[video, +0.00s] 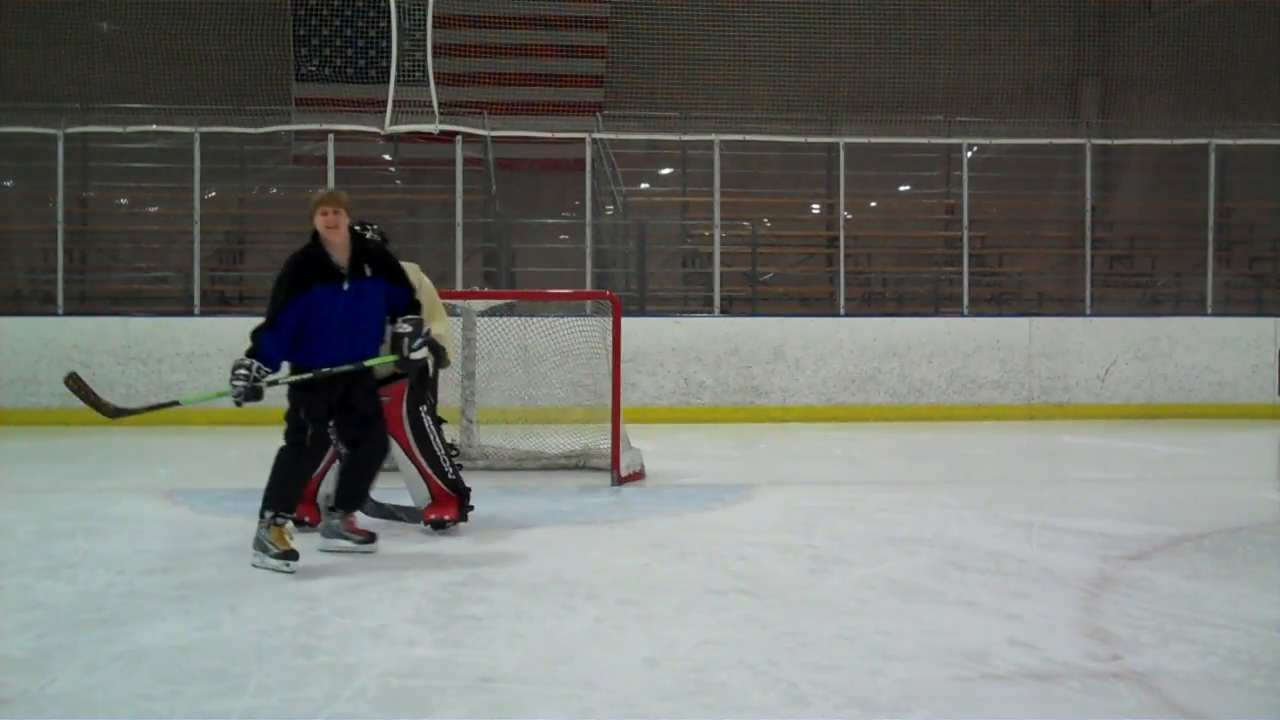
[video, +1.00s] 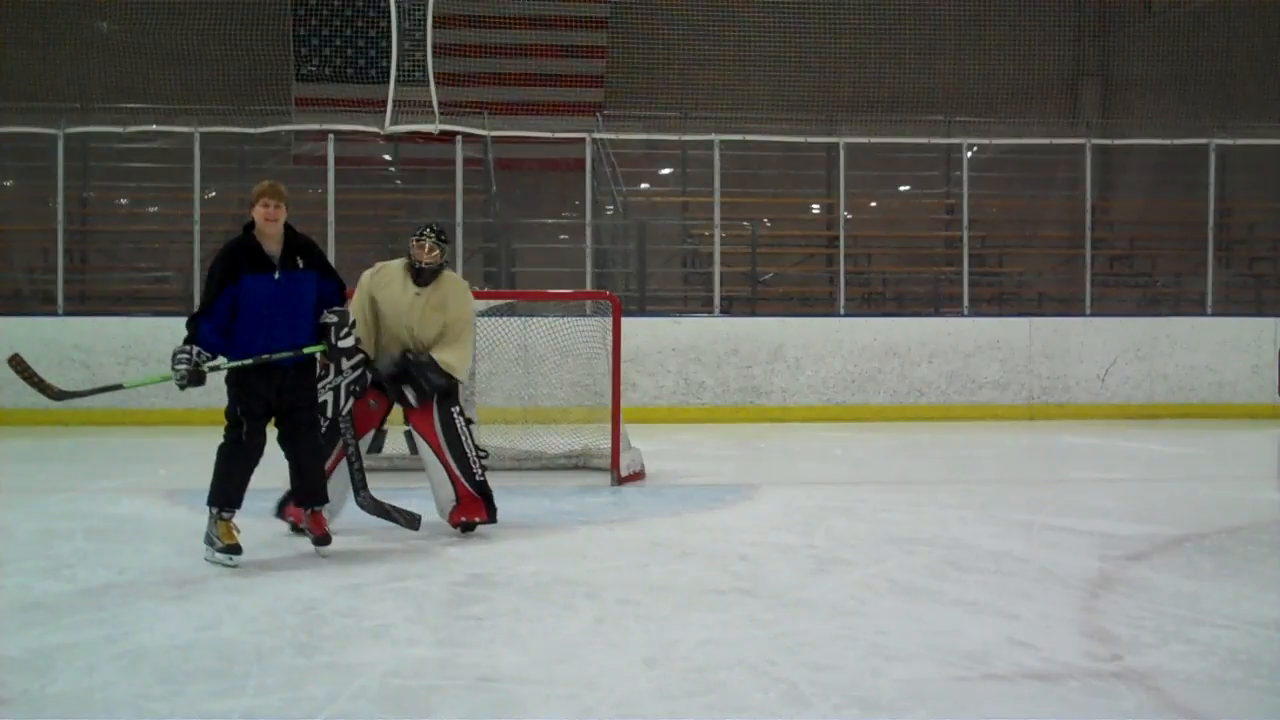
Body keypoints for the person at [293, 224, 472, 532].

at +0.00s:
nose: (361, 253)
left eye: (367, 244)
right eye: (354, 245)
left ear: (380, 245)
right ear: (346, 249)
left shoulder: (407, 274)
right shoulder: (338, 283)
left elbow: (438, 322)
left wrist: (432, 349)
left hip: (400, 373)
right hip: (351, 376)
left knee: (412, 431)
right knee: (328, 439)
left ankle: (448, 497)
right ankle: (307, 500)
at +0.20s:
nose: (338, 248)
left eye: (343, 240)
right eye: (332, 242)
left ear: (355, 240)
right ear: (325, 246)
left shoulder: (388, 267)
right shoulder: (321, 280)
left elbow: (419, 316)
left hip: (397, 368)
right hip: (345, 372)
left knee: (411, 431)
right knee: (328, 437)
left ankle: (448, 501)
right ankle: (297, 503)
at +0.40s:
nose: (331, 243)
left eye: (337, 236)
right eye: (326, 237)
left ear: (351, 237)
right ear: (318, 241)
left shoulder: (377, 262)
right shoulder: (315, 272)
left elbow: (392, 302)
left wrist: (372, 322)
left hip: (389, 365)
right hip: (338, 368)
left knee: (412, 432)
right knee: (320, 439)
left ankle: (446, 500)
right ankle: (291, 502)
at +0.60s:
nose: (366, 243)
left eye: (373, 237)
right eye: (360, 236)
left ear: (384, 243)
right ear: (350, 239)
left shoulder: (395, 272)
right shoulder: (337, 269)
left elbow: (396, 311)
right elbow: (316, 306)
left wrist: (372, 327)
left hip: (392, 368)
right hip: (346, 372)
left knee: (424, 435)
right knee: (322, 440)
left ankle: (448, 504)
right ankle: (291, 503)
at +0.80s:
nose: (403, 256)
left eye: (410, 251)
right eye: (398, 248)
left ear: (420, 256)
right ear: (388, 250)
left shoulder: (430, 290)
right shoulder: (359, 276)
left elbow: (418, 338)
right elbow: (326, 302)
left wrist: (374, 331)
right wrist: (343, 326)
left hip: (407, 377)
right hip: (359, 376)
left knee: (430, 440)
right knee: (337, 441)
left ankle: (455, 506)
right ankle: (294, 502)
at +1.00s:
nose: (424, 255)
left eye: (432, 250)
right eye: (420, 247)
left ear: (443, 255)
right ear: (410, 248)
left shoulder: (455, 290)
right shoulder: (378, 278)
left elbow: (458, 350)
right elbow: (357, 334)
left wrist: (421, 374)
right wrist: (358, 372)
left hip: (428, 377)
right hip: (378, 374)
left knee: (444, 432)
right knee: (345, 432)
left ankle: (470, 503)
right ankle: (307, 501)